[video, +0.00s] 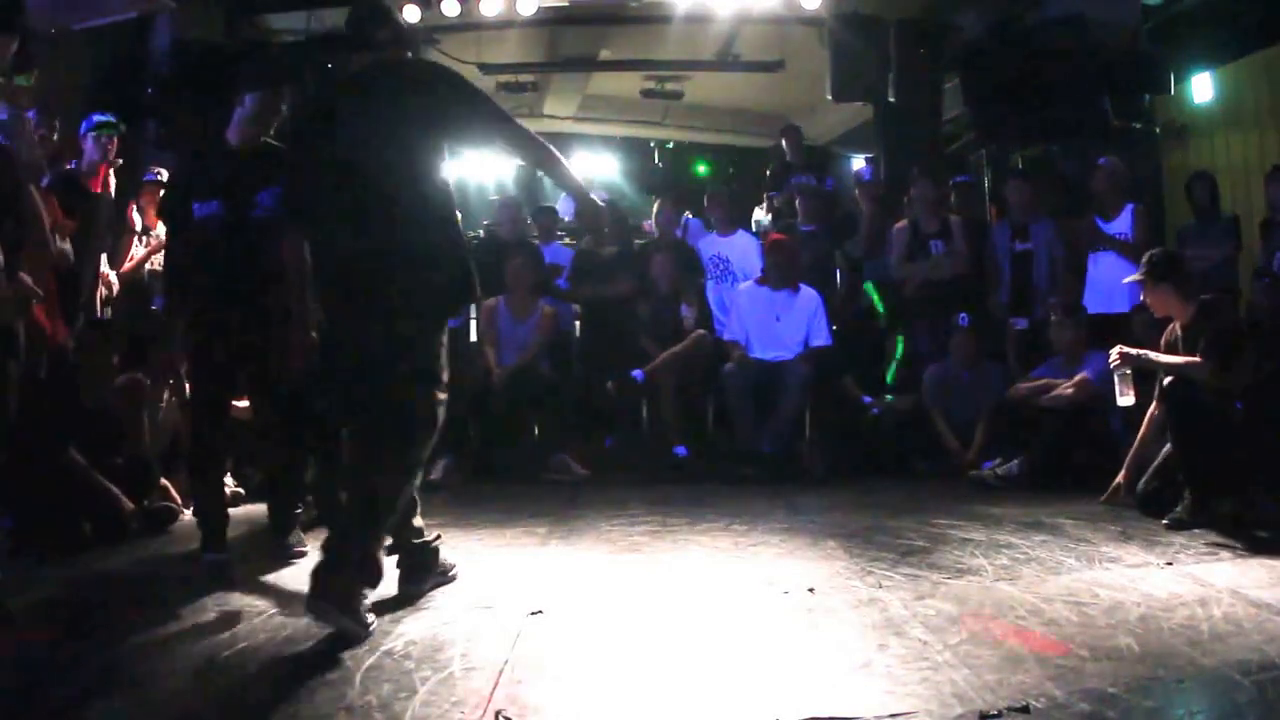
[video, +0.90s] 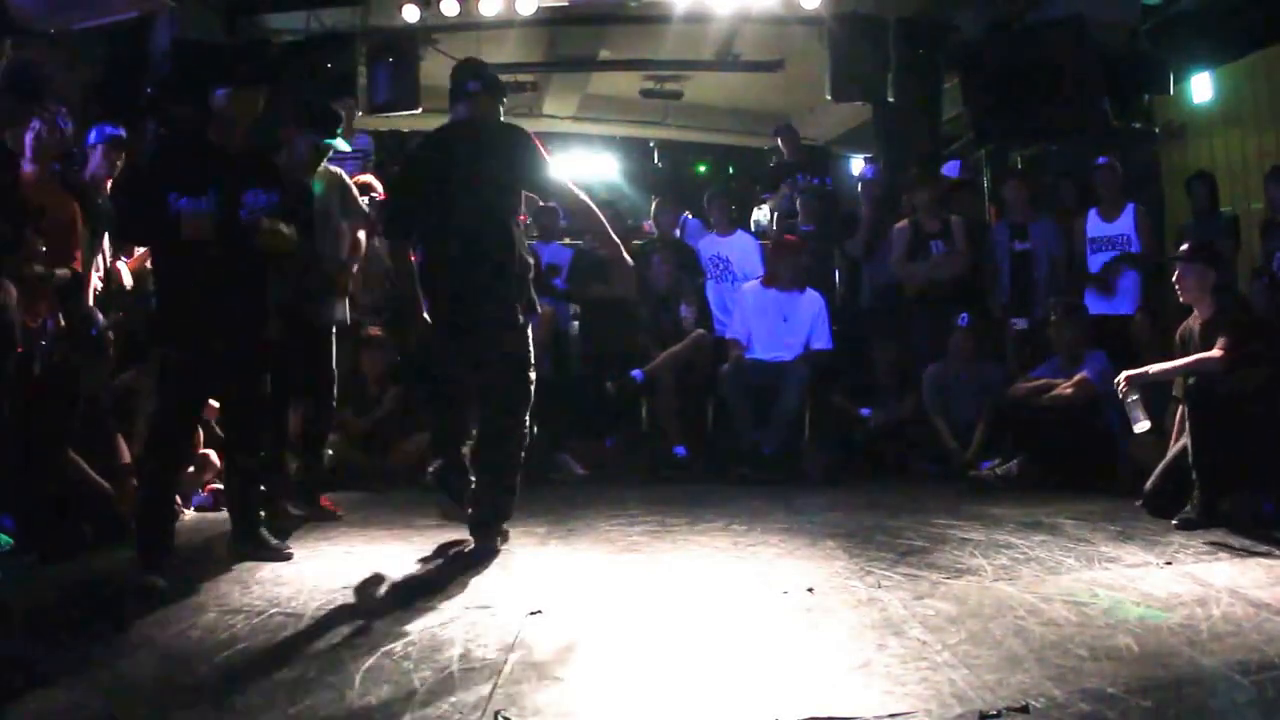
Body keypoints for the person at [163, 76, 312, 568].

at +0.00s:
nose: (265, 121)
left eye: (271, 112)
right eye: (260, 109)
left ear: (276, 119)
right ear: (238, 111)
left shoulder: (282, 169)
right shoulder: (197, 170)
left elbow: (299, 252)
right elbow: (176, 251)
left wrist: (304, 321)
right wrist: (175, 322)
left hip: (270, 314)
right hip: (207, 314)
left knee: (279, 420)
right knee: (205, 424)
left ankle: (285, 522)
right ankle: (210, 530)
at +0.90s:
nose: (239, 124)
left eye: (249, 114)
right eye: (231, 113)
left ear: (258, 115)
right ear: (210, 112)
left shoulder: (262, 168)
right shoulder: (176, 159)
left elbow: (297, 233)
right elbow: (128, 217)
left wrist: (280, 231)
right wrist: (179, 220)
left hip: (248, 317)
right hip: (185, 315)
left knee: (247, 427)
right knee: (170, 433)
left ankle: (249, 528)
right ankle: (152, 548)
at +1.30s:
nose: (173, 97)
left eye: (182, 87)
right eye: (163, 87)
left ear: (193, 87)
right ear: (143, 85)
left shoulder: (210, 141)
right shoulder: (110, 146)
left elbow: (239, 212)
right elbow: (81, 221)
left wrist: (203, 180)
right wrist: (129, 184)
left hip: (202, 303)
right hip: (133, 304)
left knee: (236, 413)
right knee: (135, 428)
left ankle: (237, 512)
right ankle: (142, 550)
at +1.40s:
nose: (158, 79)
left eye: (169, 68)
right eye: (150, 67)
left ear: (180, 73)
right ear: (132, 70)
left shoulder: (200, 134)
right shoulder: (96, 142)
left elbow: (229, 210)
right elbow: (69, 220)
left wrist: (192, 172)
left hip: (194, 302)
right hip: (122, 304)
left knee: (217, 423)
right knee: (129, 433)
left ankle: (225, 533)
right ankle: (143, 557)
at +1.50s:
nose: (153, 75)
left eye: (163, 63)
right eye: (142, 63)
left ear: (176, 65)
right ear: (125, 66)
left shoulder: (200, 133)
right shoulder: (93, 134)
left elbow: (231, 202)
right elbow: (61, 215)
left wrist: (186, 167)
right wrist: (109, 173)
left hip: (186, 305)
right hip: (114, 307)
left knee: (190, 436)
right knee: (126, 438)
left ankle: (197, 567)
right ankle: (143, 568)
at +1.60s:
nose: (154, 75)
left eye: (164, 63)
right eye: (144, 62)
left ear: (174, 66)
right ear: (124, 64)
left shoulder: (191, 130)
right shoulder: (89, 131)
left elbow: (226, 201)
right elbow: (55, 212)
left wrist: (181, 162)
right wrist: (107, 169)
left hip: (172, 307)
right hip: (100, 307)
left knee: (160, 440)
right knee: (107, 437)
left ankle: (154, 578)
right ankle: (130, 560)